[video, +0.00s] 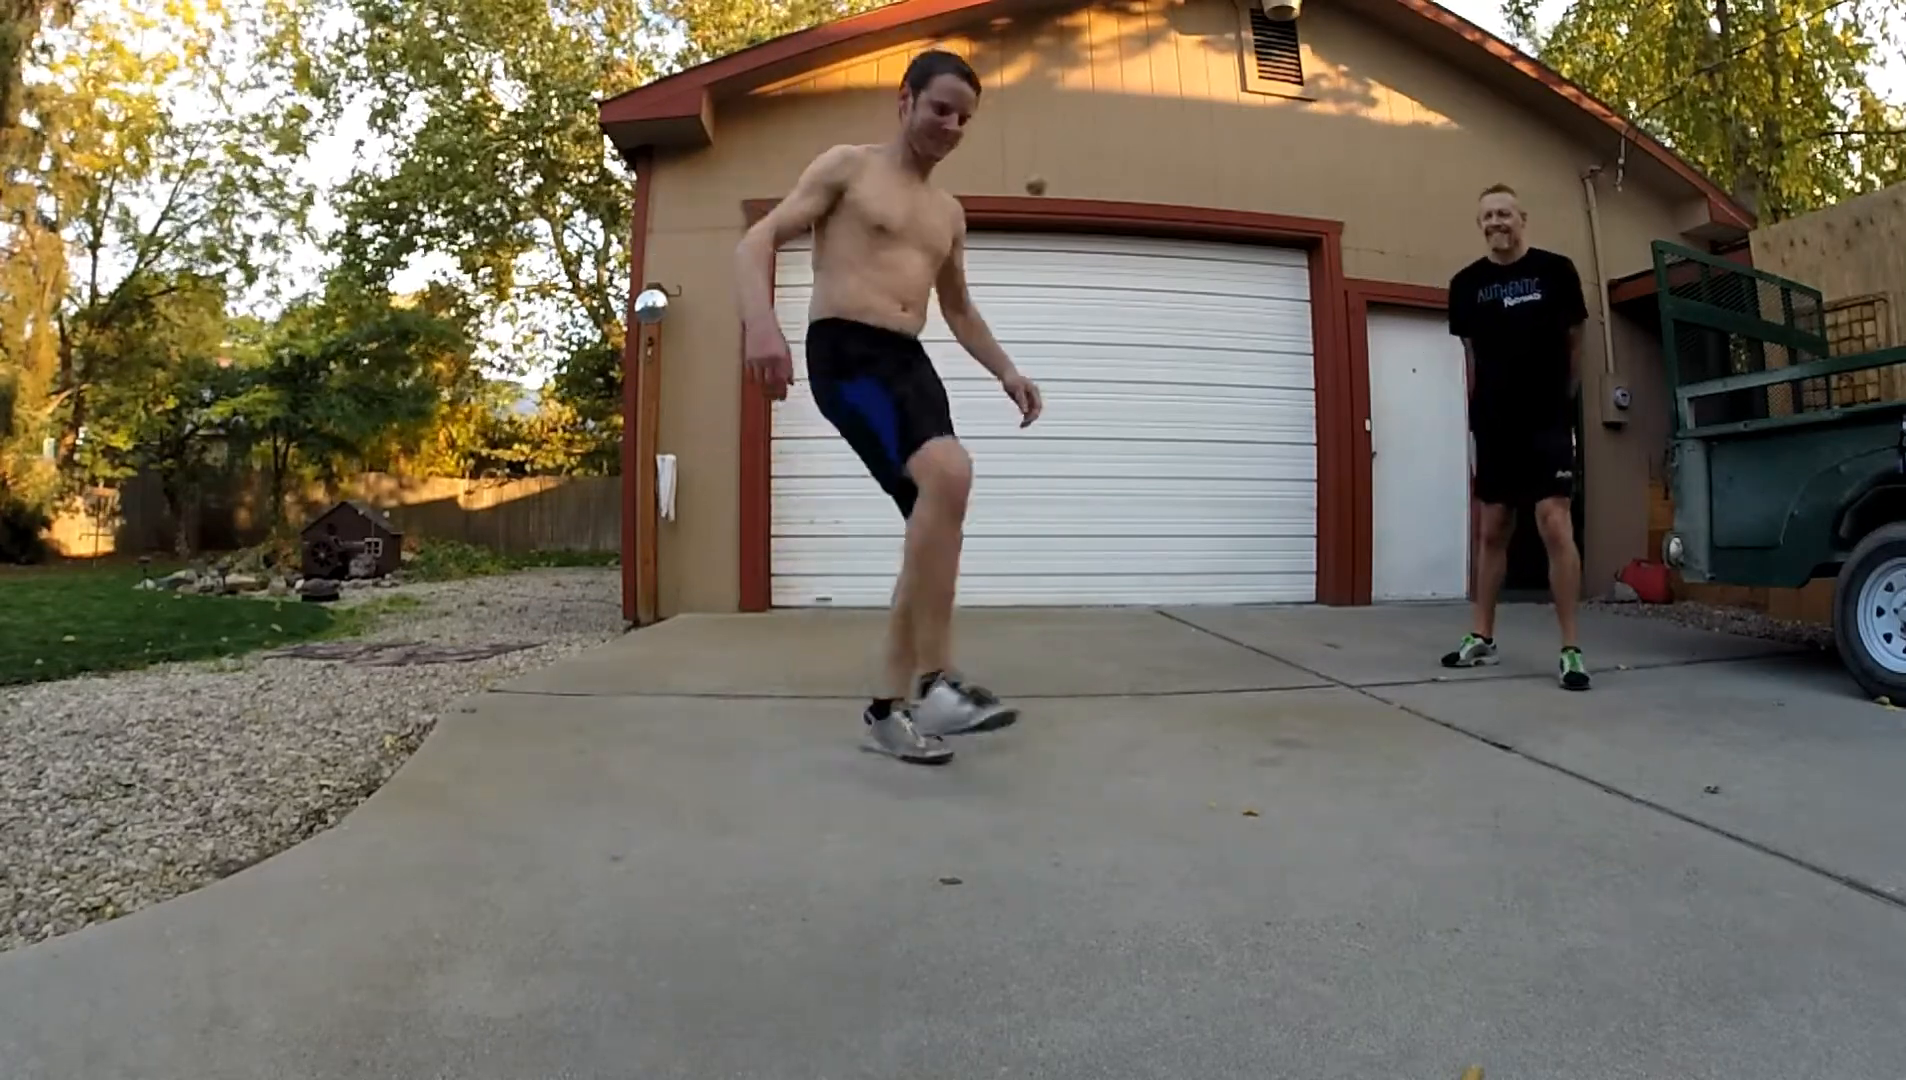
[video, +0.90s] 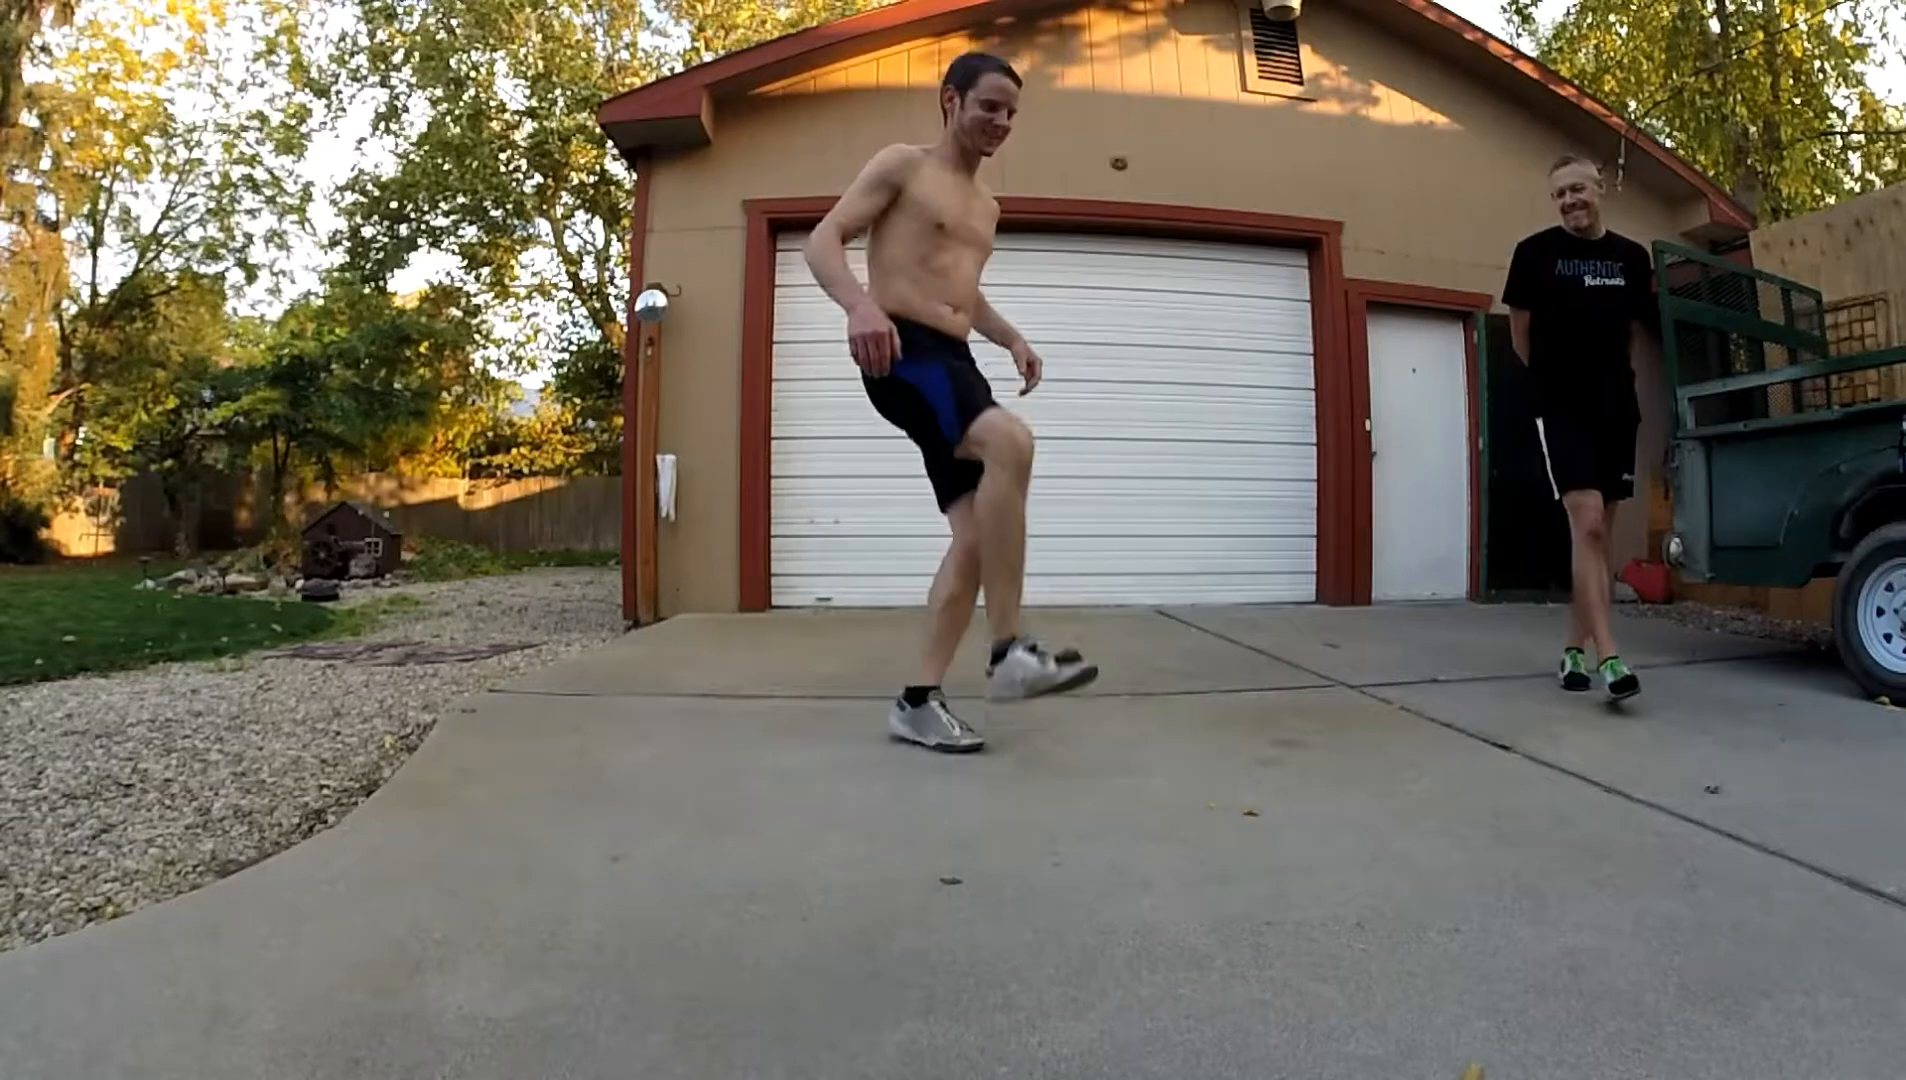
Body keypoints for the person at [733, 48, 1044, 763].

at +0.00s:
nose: (951, 126)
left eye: (963, 117)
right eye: (941, 109)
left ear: (969, 124)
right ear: (907, 101)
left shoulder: (948, 215)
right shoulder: (849, 164)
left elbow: (959, 310)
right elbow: (755, 244)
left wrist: (1008, 373)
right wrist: (761, 326)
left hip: (906, 356)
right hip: (845, 347)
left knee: (940, 518)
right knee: (947, 470)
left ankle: (892, 706)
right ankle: (934, 682)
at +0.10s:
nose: (968, 127)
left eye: (980, 118)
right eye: (958, 109)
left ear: (987, 124)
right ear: (922, 98)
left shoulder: (966, 208)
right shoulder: (861, 162)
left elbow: (986, 297)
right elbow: (772, 231)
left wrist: (1028, 352)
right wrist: (794, 312)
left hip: (905, 358)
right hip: (841, 340)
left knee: (925, 534)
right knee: (962, 372)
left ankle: (888, 710)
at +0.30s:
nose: (989, 113)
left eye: (1000, 103)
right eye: (979, 96)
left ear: (1004, 106)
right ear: (941, 86)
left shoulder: (974, 188)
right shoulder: (887, 144)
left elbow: (967, 275)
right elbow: (806, 209)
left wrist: (1013, 328)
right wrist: (855, 265)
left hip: (914, 346)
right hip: (854, 326)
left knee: (934, 522)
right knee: (966, 373)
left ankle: (896, 700)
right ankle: (974, 587)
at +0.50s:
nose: (985, 139)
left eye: (995, 129)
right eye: (974, 122)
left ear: (1001, 136)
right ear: (936, 114)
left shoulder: (972, 225)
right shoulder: (883, 177)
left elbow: (967, 318)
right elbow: (806, 262)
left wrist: (1029, 361)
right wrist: (833, 340)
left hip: (935, 370)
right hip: (879, 362)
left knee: (967, 544)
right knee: (990, 470)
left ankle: (896, 704)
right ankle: (1033, 676)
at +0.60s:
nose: (994, 138)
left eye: (1005, 128)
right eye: (983, 121)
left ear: (1010, 132)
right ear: (947, 111)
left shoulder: (983, 213)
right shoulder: (890, 176)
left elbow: (986, 298)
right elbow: (801, 252)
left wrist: (1041, 336)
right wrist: (833, 328)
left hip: (935, 362)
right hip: (876, 346)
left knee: (954, 533)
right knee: (1013, 364)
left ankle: (895, 705)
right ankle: (1111, 546)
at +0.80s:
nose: (1010, 110)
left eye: (1019, 99)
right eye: (999, 94)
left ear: (1022, 103)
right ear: (960, 85)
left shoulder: (993, 181)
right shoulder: (906, 146)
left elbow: (973, 265)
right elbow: (818, 217)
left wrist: (1015, 320)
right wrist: (862, 276)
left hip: (944, 347)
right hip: (886, 323)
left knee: (968, 506)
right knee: (1013, 328)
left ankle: (931, 684)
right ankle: (1025, 535)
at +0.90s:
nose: (1000, 122)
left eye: (1009, 112)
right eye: (989, 107)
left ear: (1013, 119)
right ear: (951, 102)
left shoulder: (986, 200)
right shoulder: (903, 164)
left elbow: (961, 288)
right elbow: (822, 242)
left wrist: (1014, 339)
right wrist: (858, 306)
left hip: (954, 358)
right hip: (900, 347)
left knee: (976, 533)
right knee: (1010, 442)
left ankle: (919, 699)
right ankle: (1008, 652)